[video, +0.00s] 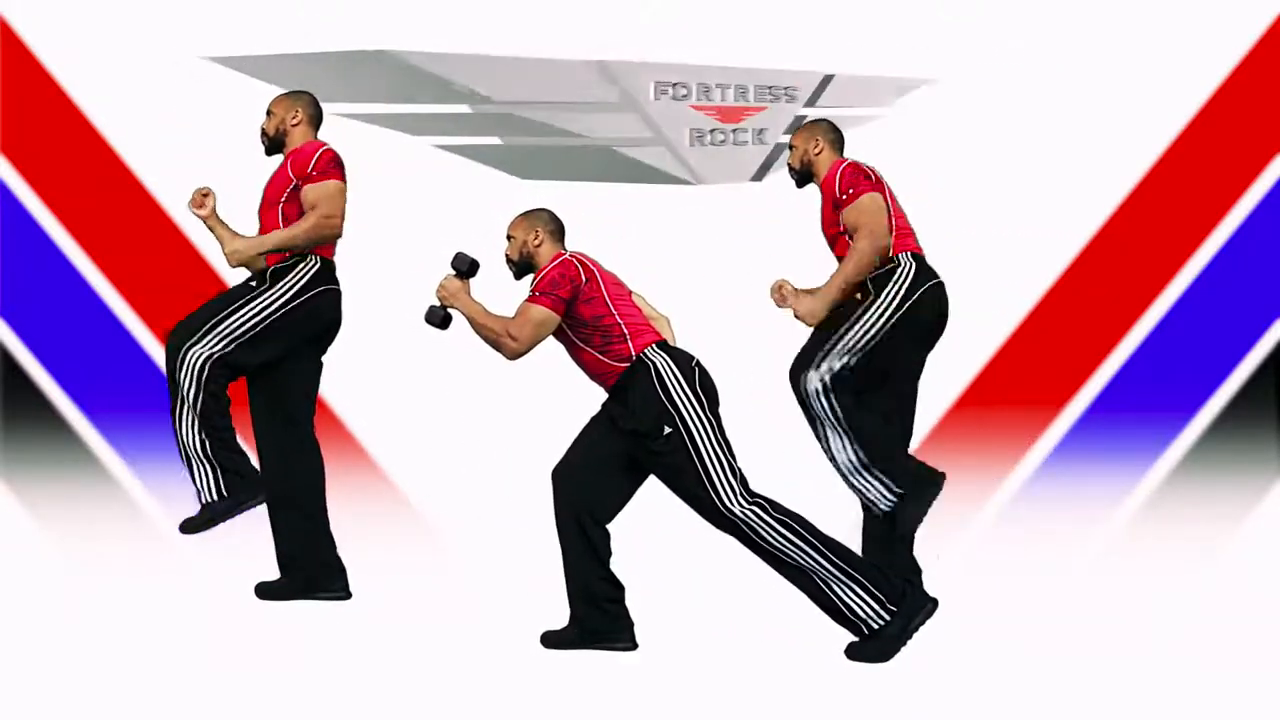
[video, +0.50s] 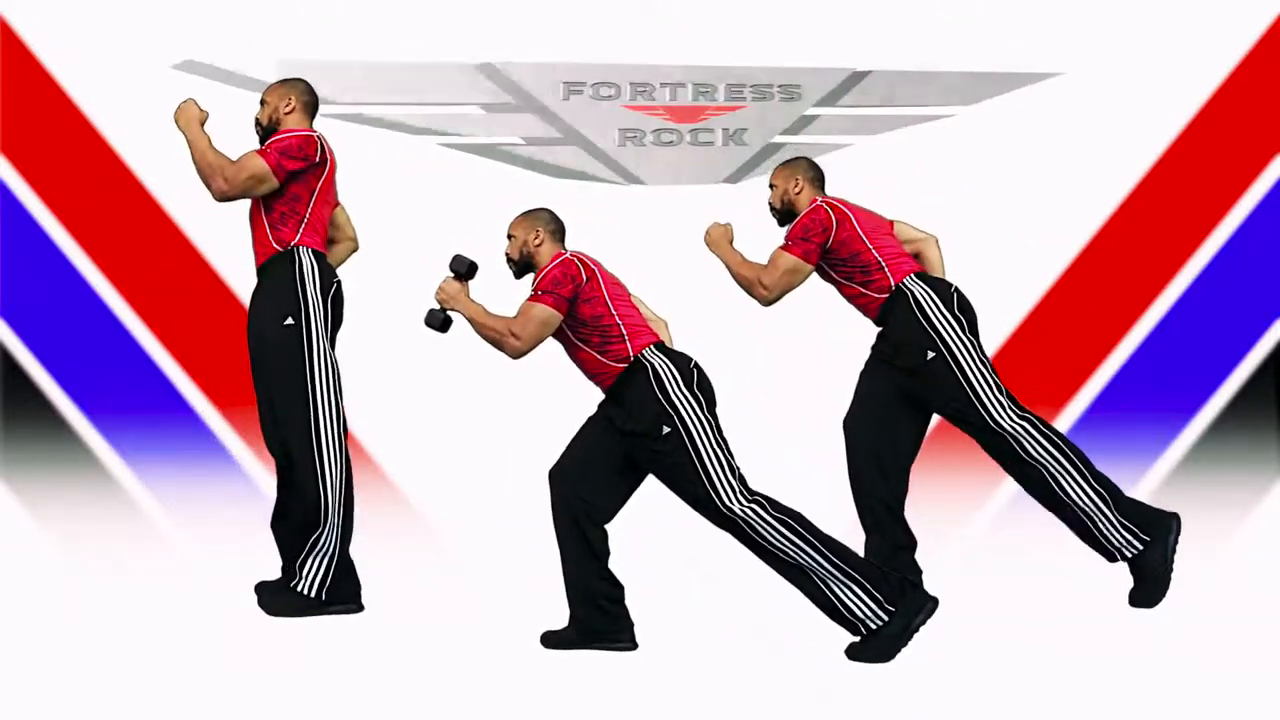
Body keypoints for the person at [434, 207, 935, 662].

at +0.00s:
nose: (505, 248)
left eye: (511, 238)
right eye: (506, 240)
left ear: (541, 237)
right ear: (543, 240)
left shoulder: (562, 269)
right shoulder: (578, 276)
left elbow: (513, 341)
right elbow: (661, 324)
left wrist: (463, 301)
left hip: (660, 382)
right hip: (632, 401)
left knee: (734, 506)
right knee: (574, 488)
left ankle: (885, 609)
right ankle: (601, 622)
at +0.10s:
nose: (506, 248)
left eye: (512, 238)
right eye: (507, 241)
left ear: (541, 237)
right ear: (544, 240)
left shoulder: (562, 269)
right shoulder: (581, 276)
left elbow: (514, 343)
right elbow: (661, 325)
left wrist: (462, 301)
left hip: (660, 384)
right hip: (634, 401)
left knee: (735, 507)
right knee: (574, 487)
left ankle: (887, 610)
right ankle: (601, 622)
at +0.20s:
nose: (507, 251)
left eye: (513, 241)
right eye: (507, 243)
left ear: (541, 238)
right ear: (543, 241)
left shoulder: (563, 270)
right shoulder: (577, 278)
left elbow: (514, 343)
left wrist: (462, 302)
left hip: (660, 384)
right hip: (635, 401)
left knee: (735, 507)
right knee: (573, 487)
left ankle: (888, 610)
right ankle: (601, 623)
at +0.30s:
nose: (507, 251)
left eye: (513, 240)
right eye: (507, 243)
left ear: (541, 238)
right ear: (544, 240)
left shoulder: (563, 270)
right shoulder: (580, 277)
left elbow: (514, 343)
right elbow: (661, 325)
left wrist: (462, 302)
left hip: (660, 385)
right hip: (634, 402)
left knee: (734, 507)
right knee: (573, 487)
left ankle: (887, 610)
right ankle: (601, 623)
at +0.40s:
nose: (506, 250)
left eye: (512, 239)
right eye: (507, 242)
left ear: (541, 237)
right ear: (543, 241)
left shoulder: (562, 269)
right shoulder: (578, 276)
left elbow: (514, 342)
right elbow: (660, 325)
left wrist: (462, 302)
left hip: (659, 384)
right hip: (633, 401)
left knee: (734, 506)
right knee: (573, 487)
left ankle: (887, 610)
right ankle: (600, 622)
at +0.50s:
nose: (506, 250)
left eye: (512, 239)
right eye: (506, 243)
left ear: (541, 236)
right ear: (543, 240)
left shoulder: (563, 267)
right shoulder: (577, 275)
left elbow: (515, 341)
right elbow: (657, 325)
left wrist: (462, 303)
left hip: (657, 385)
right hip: (630, 402)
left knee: (735, 505)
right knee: (572, 488)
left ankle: (886, 609)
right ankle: (601, 622)